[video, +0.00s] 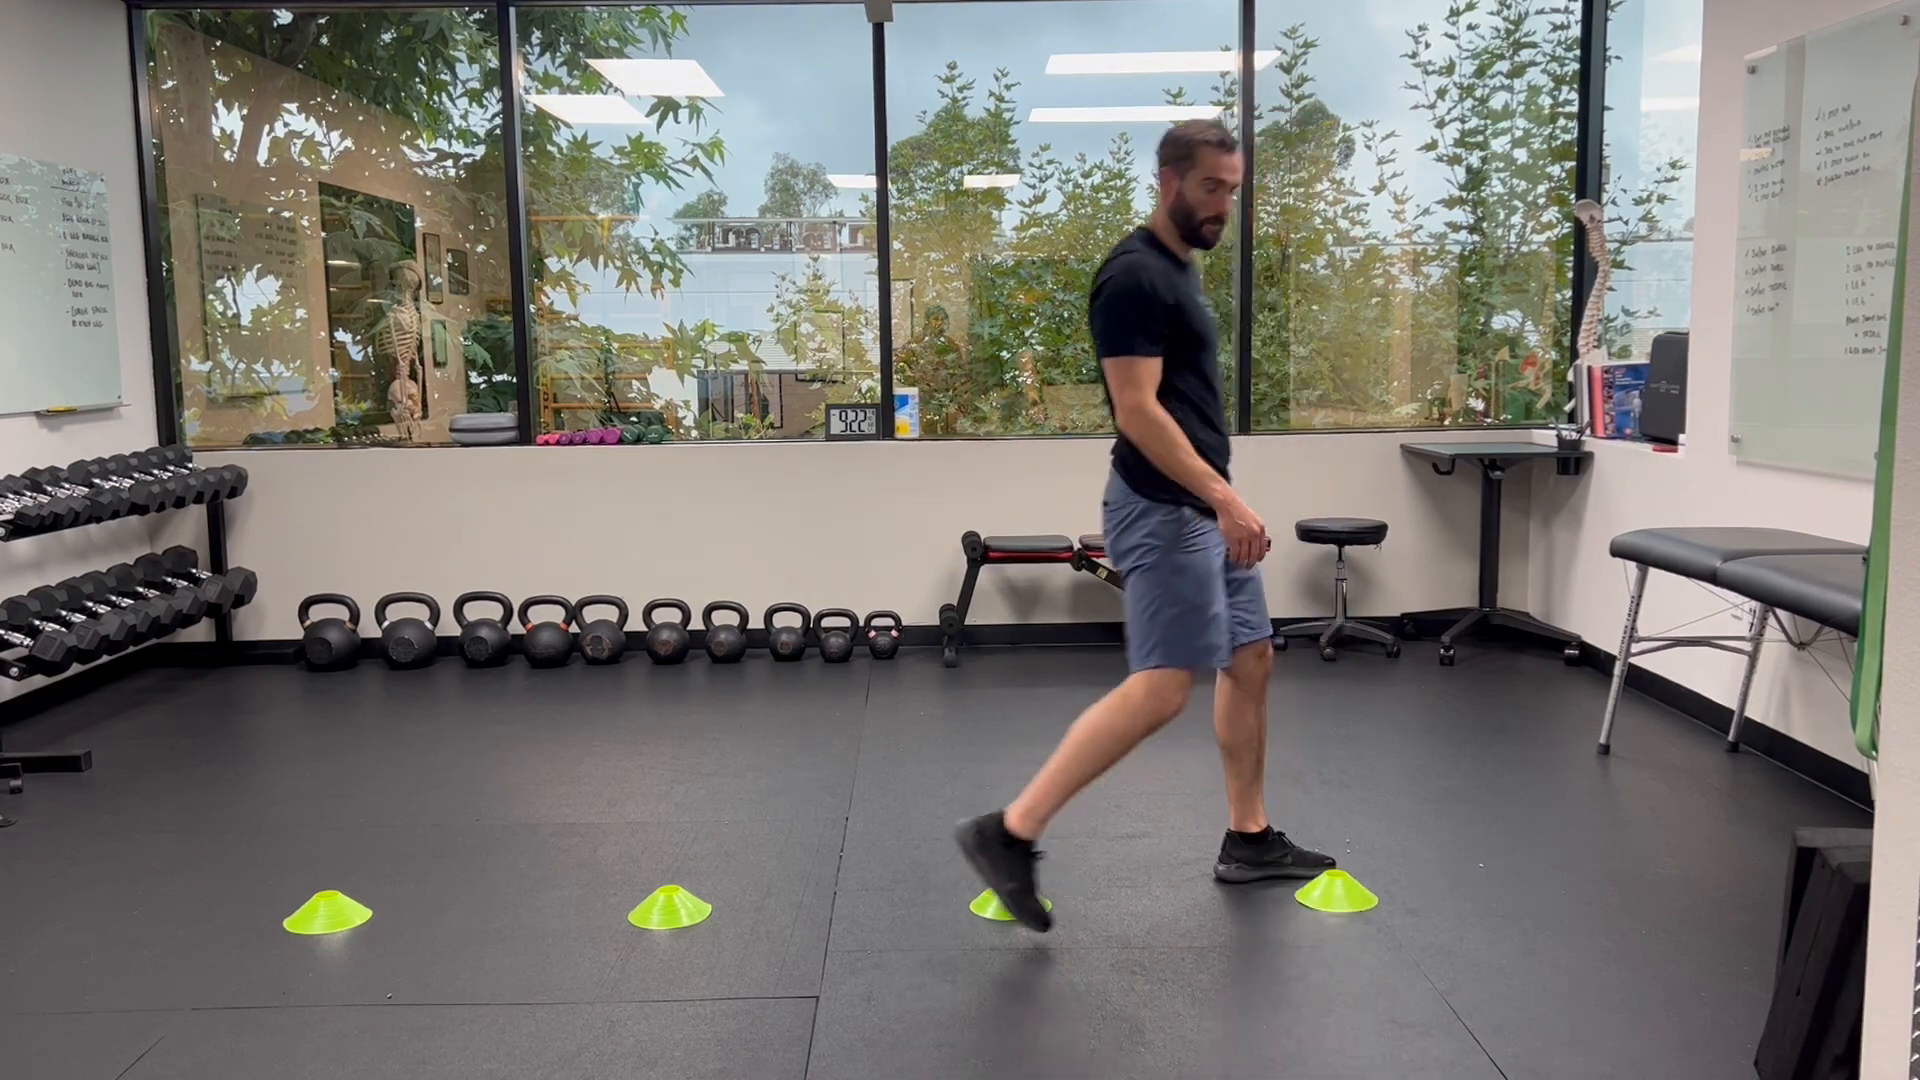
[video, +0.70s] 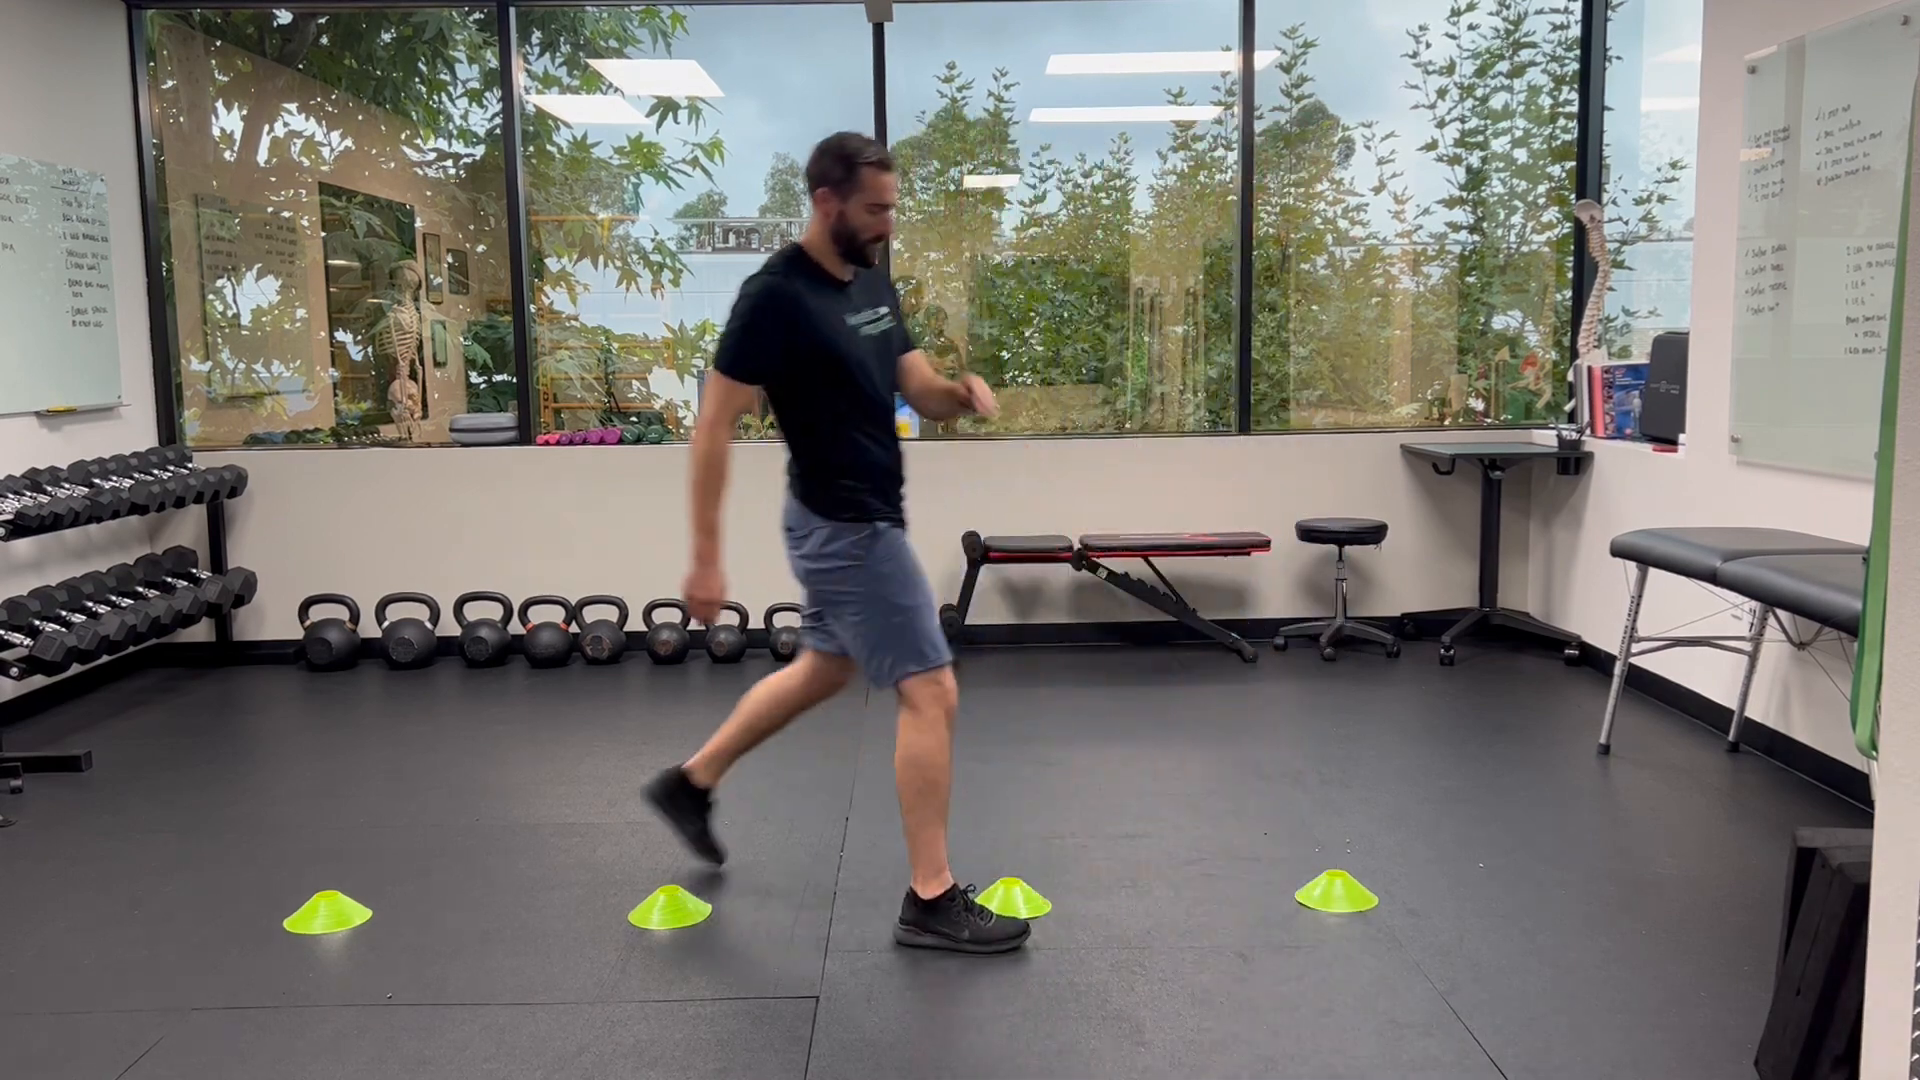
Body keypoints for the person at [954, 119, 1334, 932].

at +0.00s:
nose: (1223, 206)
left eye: (1233, 191)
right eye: (1212, 189)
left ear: (1233, 189)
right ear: (1168, 182)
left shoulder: (1177, 272)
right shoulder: (1134, 276)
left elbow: (1176, 408)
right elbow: (1137, 415)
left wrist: (1218, 510)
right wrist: (1227, 501)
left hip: (1203, 507)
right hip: (1161, 510)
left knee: (1250, 661)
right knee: (1162, 686)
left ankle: (1249, 839)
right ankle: (1011, 832)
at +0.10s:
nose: (1188, 225)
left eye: (1191, 210)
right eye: (1177, 210)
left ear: (1148, 208)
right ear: (1128, 203)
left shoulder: (1130, 285)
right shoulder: (1091, 295)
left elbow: (1135, 423)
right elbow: (1105, 436)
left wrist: (1202, 506)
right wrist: (1221, 492)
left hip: (1177, 527)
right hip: (1121, 532)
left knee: (1234, 669)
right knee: (1101, 705)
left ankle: (1249, 838)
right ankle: (968, 865)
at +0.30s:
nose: (1096, 223)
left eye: (1099, 207)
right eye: (1086, 207)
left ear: (1042, 204)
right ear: (1035, 201)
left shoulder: (1031, 279)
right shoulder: (988, 296)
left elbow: (1031, 420)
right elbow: (1001, 443)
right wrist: (1126, 489)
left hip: (1063, 519)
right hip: (1016, 524)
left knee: (1112, 664)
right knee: (1003, 699)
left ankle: (1163, 811)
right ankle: (936, 892)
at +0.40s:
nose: (1048, 207)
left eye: (1050, 191)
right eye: (1038, 191)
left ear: (998, 187)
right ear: (984, 186)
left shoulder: (993, 262)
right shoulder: (936, 282)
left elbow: (991, 405)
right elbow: (932, 434)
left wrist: (1027, 501)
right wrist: (1028, 521)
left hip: (1011, 499)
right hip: (970, 510)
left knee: (1049, 644)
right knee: (979, 691)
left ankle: (1051, 797)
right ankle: (935, 891)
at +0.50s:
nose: (995, 203)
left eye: (997, 188)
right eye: (984, 188)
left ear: (953, 183)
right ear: (932, 180)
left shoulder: (954, 263)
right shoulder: (881, 281)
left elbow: (987, 384)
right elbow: (864, 428)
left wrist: (1038, 486)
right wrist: (904, 553)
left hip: (975, 509)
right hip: (933, 517)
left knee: (979, 659)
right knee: (955, 691)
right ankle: (933, 892)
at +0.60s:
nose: (940, 206)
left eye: (942, 192)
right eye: (929, 193)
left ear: (899, 187)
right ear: (879, 186)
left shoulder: (913, 262)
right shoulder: (827, 284)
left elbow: (952, 372)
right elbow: (790, 428)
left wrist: (1010, 444)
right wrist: (789, 562)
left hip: (920, 511)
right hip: (887, 518)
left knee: (906, 650)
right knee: (946, 693)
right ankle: (932, 895)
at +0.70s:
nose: (890, 222)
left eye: (894, 207)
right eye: (879, 208)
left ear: (850, 203)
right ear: (827, 202)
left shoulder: (870, 275)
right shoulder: (773, 295)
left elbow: (908, 374)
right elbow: (713, 424)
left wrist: (951, 394)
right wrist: (705, 557)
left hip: (863, 520)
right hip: (845, 528)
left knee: (826, 668)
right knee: (930, 692)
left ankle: (691, 783)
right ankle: (933, 896)